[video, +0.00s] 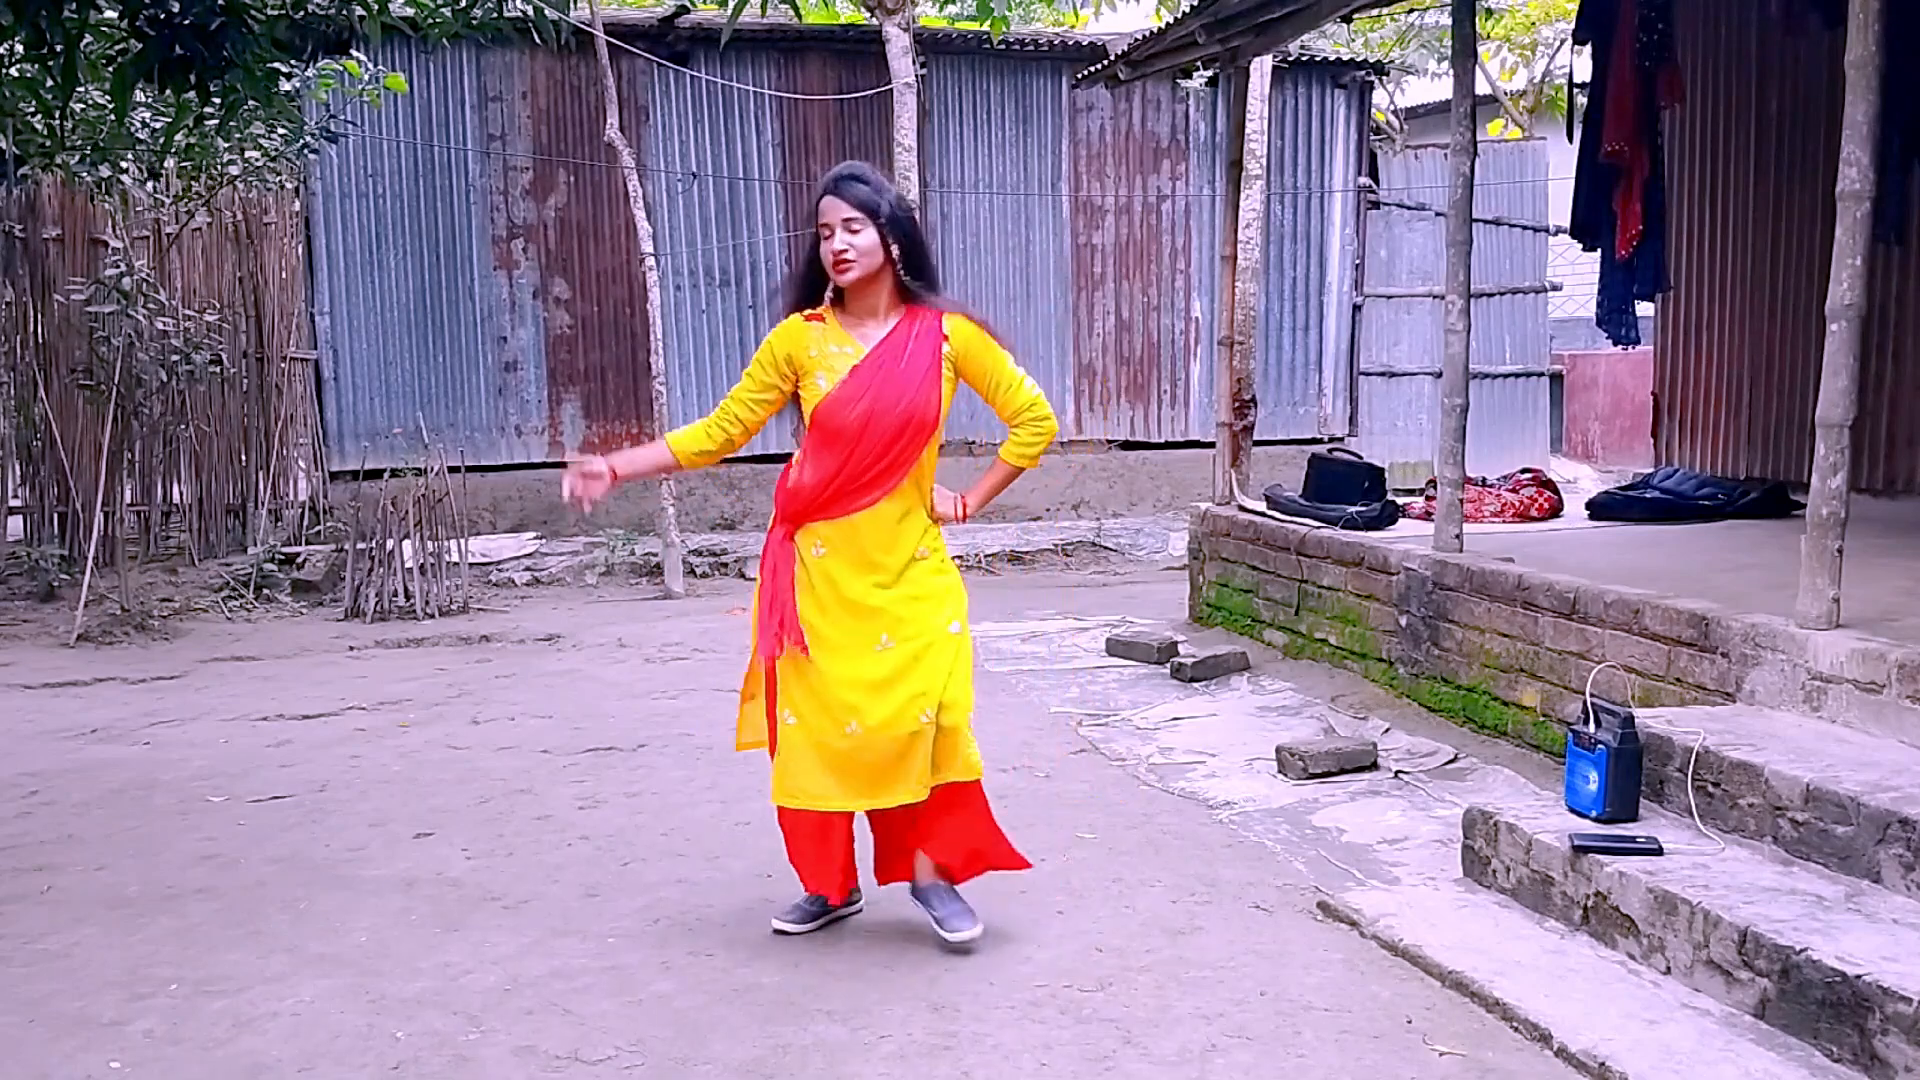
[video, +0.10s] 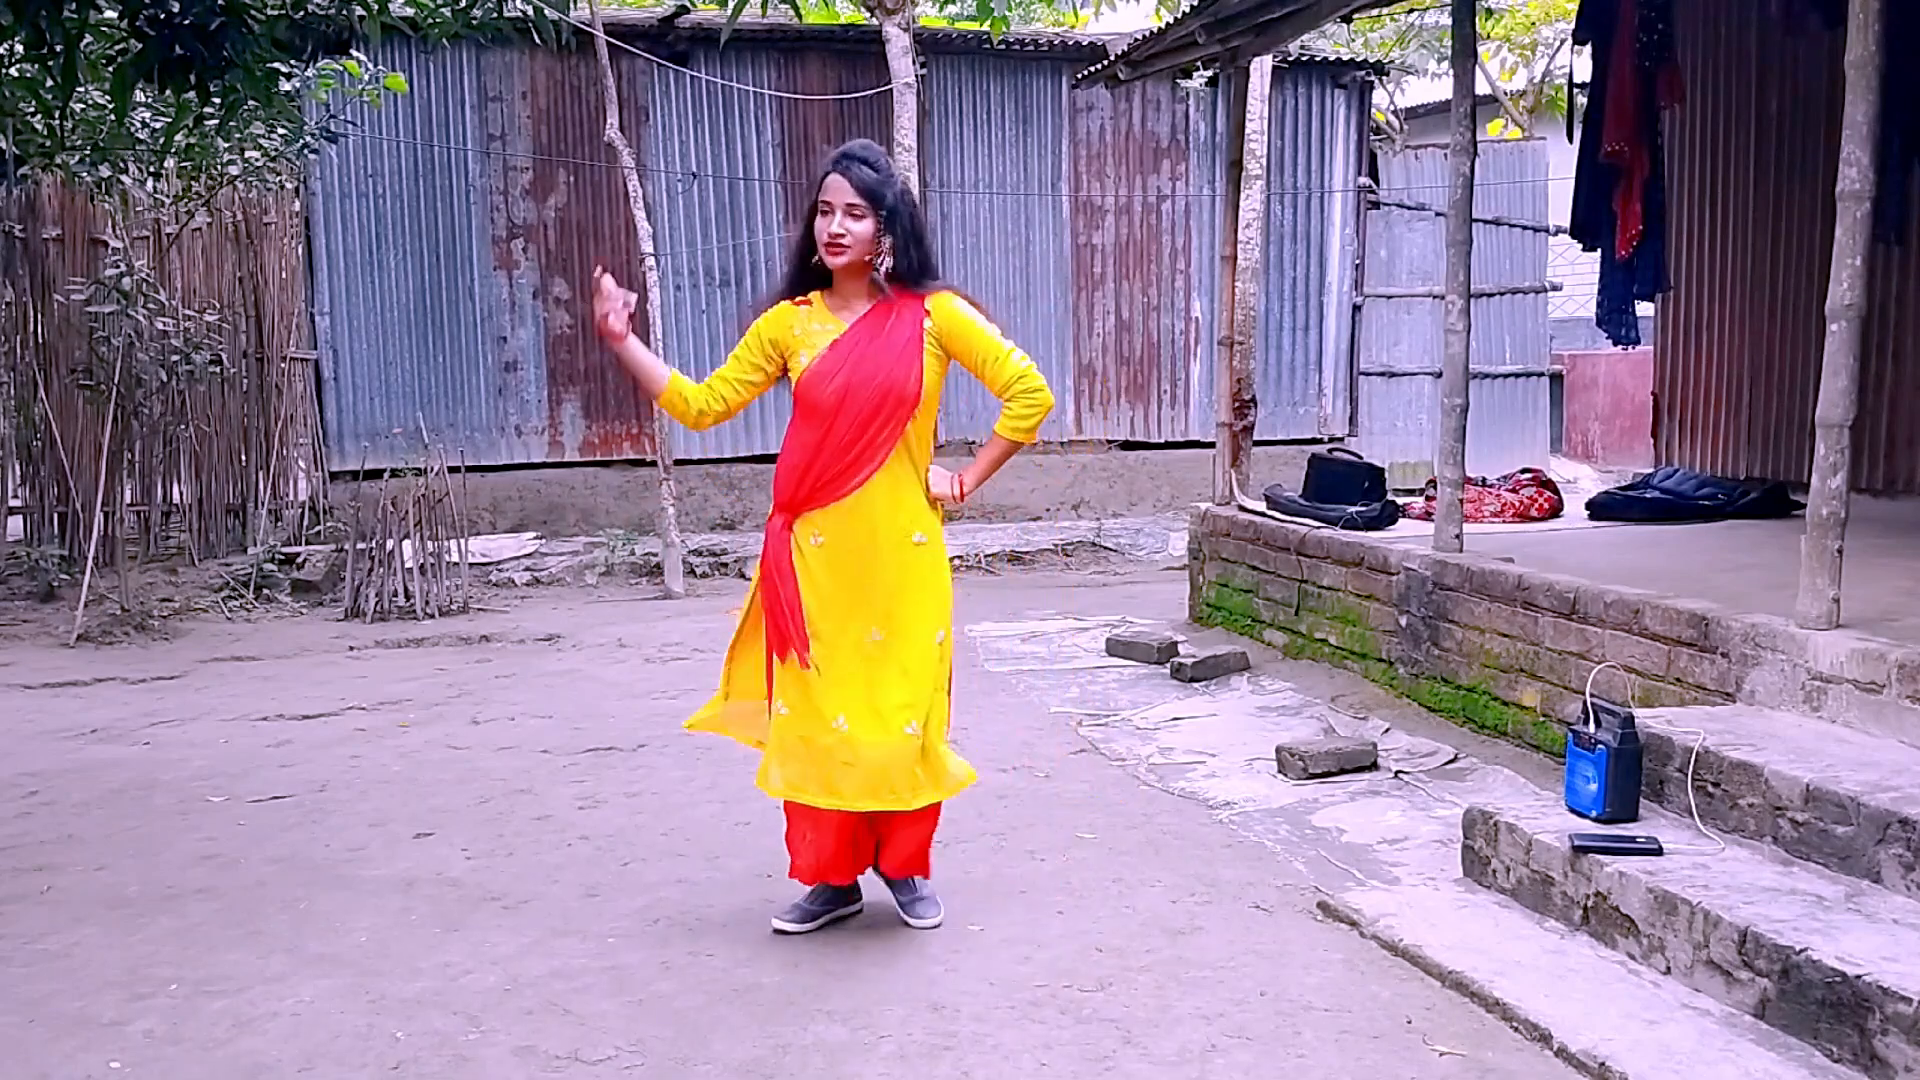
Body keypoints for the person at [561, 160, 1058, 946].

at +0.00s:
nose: (838, 244)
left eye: (853, 228)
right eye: (827, 232)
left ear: (892, 236)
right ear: (817, 247)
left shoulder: (946, 334)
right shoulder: (799, 338)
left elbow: (1036, 420)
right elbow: (720, 431)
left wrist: (973, 498)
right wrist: (617, 467)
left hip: (906, 548)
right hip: (813, 550)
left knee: (931, 708)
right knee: (809, 713)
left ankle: (931, 872)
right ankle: (830, 881)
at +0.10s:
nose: (835, 226)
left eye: (854, 212)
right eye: (824, 211)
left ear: (889, 225)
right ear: (811, 224)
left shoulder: (933, 314)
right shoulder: (788, 322)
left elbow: (1030, 396)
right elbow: (701, 406)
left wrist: (968, 476)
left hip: (901, 541)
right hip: (807, 542)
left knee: (903, 704)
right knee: (811, 706)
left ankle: (906, 866)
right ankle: (831, 879)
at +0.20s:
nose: (830, 235)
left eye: (848, 220)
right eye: (819, 219)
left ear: (883, 231)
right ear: (807, 229)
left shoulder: (932, 319)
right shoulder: (792, 329)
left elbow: (1027, 402)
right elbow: (681, 379)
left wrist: (965, 491)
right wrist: (630, 288)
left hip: (897, 543)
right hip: (804, 543)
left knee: (894, 706)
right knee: (806, 707)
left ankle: (900, 866)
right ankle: (827, 883)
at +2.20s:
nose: (927, 210)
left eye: (944, 196)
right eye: (919, 200)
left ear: (985, 213)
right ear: (913, 221)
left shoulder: (1025, 308)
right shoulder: (887, 316)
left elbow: (998, 409)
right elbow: (859, 417)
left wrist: (886, 374)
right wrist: (842, 488)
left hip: (992, 535)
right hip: (903, 536)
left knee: (1016, 713)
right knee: (894, 690)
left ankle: (1065, 904)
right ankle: (891, 847)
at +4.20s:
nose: (912, 332)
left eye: (927, 317)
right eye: (899, 318)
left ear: (956, 325)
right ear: (886, 324)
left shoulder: (978, 406)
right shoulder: (852, 384)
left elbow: (1001, 429)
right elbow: (844, 392)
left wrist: (969, 414)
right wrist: (877, 406)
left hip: (973, 588)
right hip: (882, 596)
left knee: (1000, 745)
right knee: (847, 746)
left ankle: (1030, 913)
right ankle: (845, 903)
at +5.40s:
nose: (930, 299)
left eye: (944, 280)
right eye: (916, 286)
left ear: (981, 278)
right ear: (906, 291)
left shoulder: (1018, 362)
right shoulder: (881, 349)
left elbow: (1017, 404)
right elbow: (858, 396)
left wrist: (995, 436)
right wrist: (887, 440)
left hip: (966, 569)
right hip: (873, 563)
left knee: (976, 732)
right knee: (853, 716)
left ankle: (1049, 898)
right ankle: (868, 876)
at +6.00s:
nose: (935, 334)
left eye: (949, 318)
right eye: (924, 321)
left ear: (983, 320)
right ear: (913, 324)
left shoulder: (1016, 381)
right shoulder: (923, 402)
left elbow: (920, 399)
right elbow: (855, 428)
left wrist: (789, 401)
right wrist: (771, 413)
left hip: (986, 612)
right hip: (906, 604)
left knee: (944, 782)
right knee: (835, 733)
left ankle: (1041, 905)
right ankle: (866, 875)